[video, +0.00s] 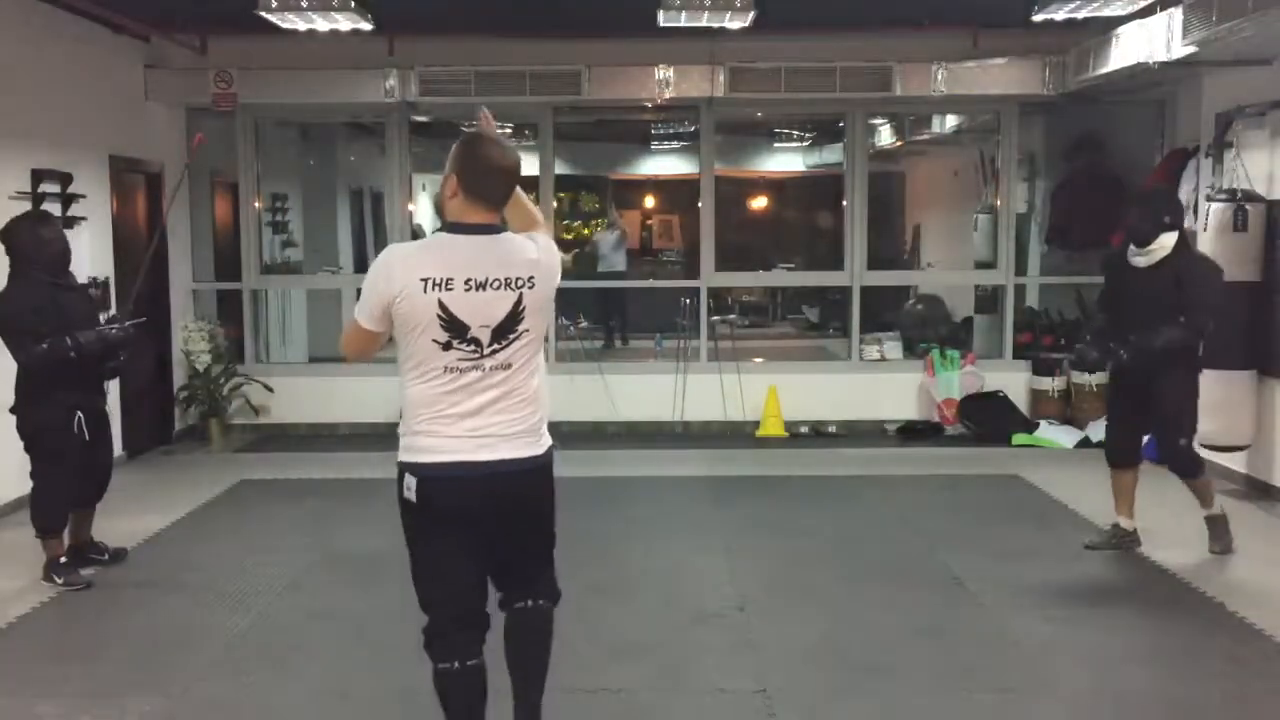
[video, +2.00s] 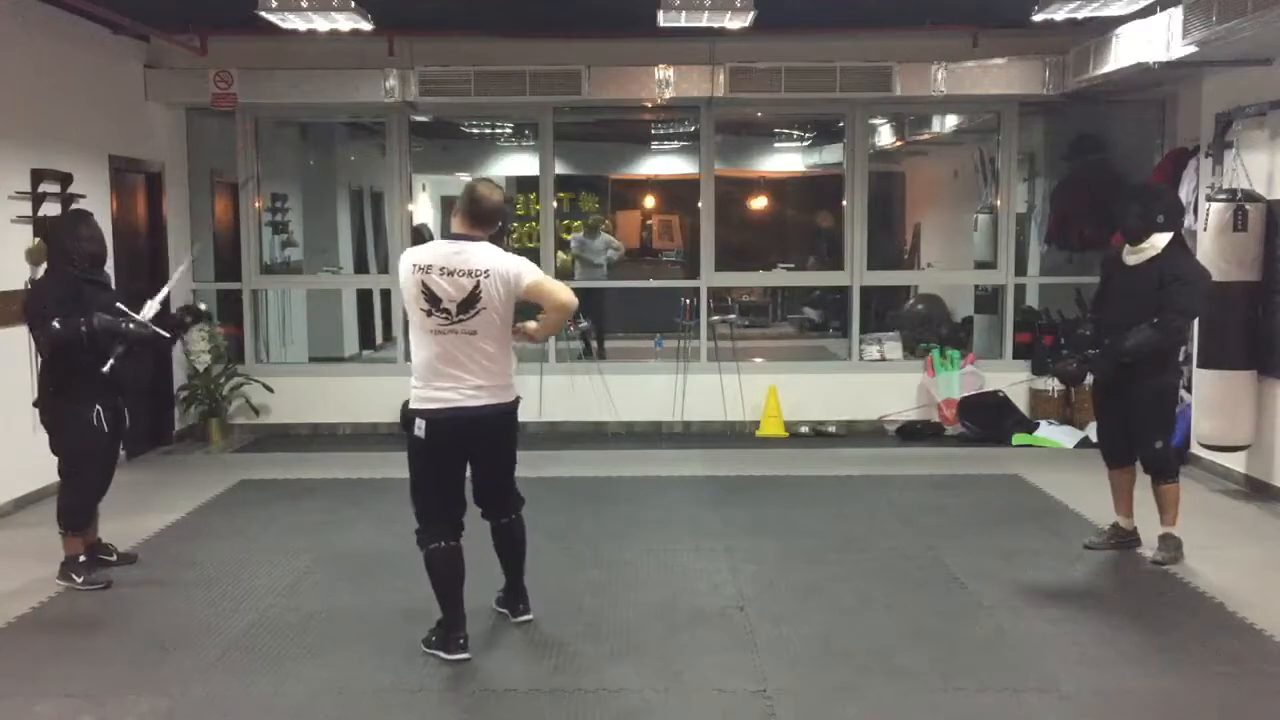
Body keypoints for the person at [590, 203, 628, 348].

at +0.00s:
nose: (612, 220)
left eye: (615, 217)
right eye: (611, 217)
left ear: (619, 220)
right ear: (608, 219)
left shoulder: (620, 234)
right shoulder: (599, 235)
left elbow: (624, 234)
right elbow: (589, 250)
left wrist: (617, 221)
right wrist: (590, 246)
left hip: (618, 270)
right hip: (602, 271)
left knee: (620, 303)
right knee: (604, 305)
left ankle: (623, 333)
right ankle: (608, 338)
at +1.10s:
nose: (602, 224)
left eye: (605, 222)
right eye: (600, 221)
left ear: (611, 222)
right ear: (597, 223)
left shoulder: (614, 237)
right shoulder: (591, 238)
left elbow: (616, 236)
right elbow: (582, 251)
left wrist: (603, 223)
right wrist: (577, 249)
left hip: (611, 276)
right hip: (593, 276)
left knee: (613, 311)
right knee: (592, 311)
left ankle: (614, 342)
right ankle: (588, 344)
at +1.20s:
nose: (599, 224)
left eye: (603, 221)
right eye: (597, 221)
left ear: (608, 223)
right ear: (593, 223)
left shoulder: (611, 238)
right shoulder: (586, 238)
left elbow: (614, 236)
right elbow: (576, 255)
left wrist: (601, 224)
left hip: (607, 277)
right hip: (589, 277)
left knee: (610, 312)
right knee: (588, 313)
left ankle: (613, 344)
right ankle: (588, 347)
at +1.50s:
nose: (593, 223)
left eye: (595, 220)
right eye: (590, 220)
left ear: (599, 221)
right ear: (585, 222)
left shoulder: (603, 235)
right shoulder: (579, 237)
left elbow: (615, 243)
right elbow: (570, 250)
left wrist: (601, 234)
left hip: (601, 276)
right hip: (584, 276)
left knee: (604, 310)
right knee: (585, 312)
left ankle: (607, 341)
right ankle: (587, 346)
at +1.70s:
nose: (590, 223)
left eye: (593, 220)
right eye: (588, 220)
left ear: (597, 222)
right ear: (583, 222)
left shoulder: (603, 237)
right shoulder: (576, 237)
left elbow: (619, 250)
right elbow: (568, 252)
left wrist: (607, 253)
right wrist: (585, 257)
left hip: (600, 279)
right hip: (582, 280)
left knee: (602, 313)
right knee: (582, 315)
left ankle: (606, 345)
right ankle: (587, 346)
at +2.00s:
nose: (592, 234)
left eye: (595, 231)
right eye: (590, 230)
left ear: (599, 229)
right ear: (585, 228)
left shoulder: (604, 237)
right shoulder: (577, 238)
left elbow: (620, 248)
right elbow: (575, 252)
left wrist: (609, 258)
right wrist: (594, 261)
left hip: (599, 281)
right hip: (582, 282)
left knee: (599, 315)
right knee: (583, 317)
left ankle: (601, 347)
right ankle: (586, 347)